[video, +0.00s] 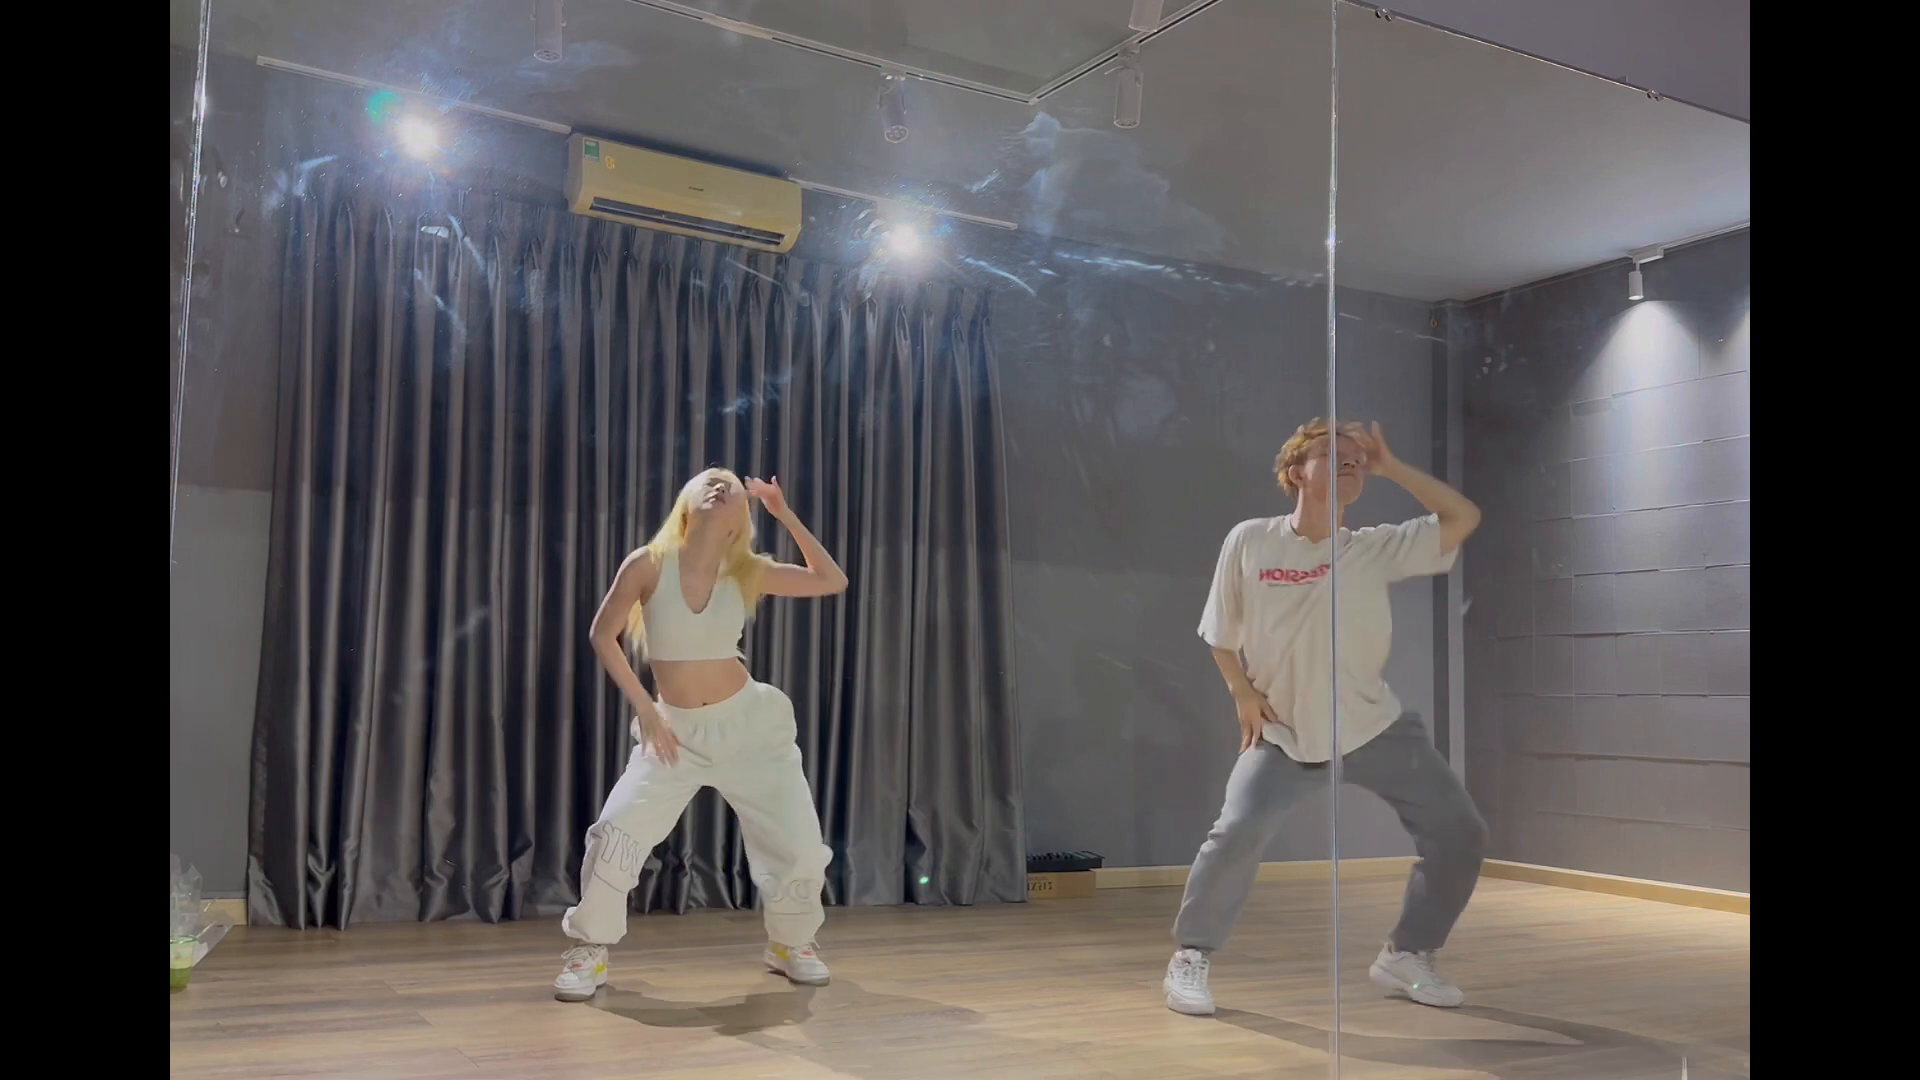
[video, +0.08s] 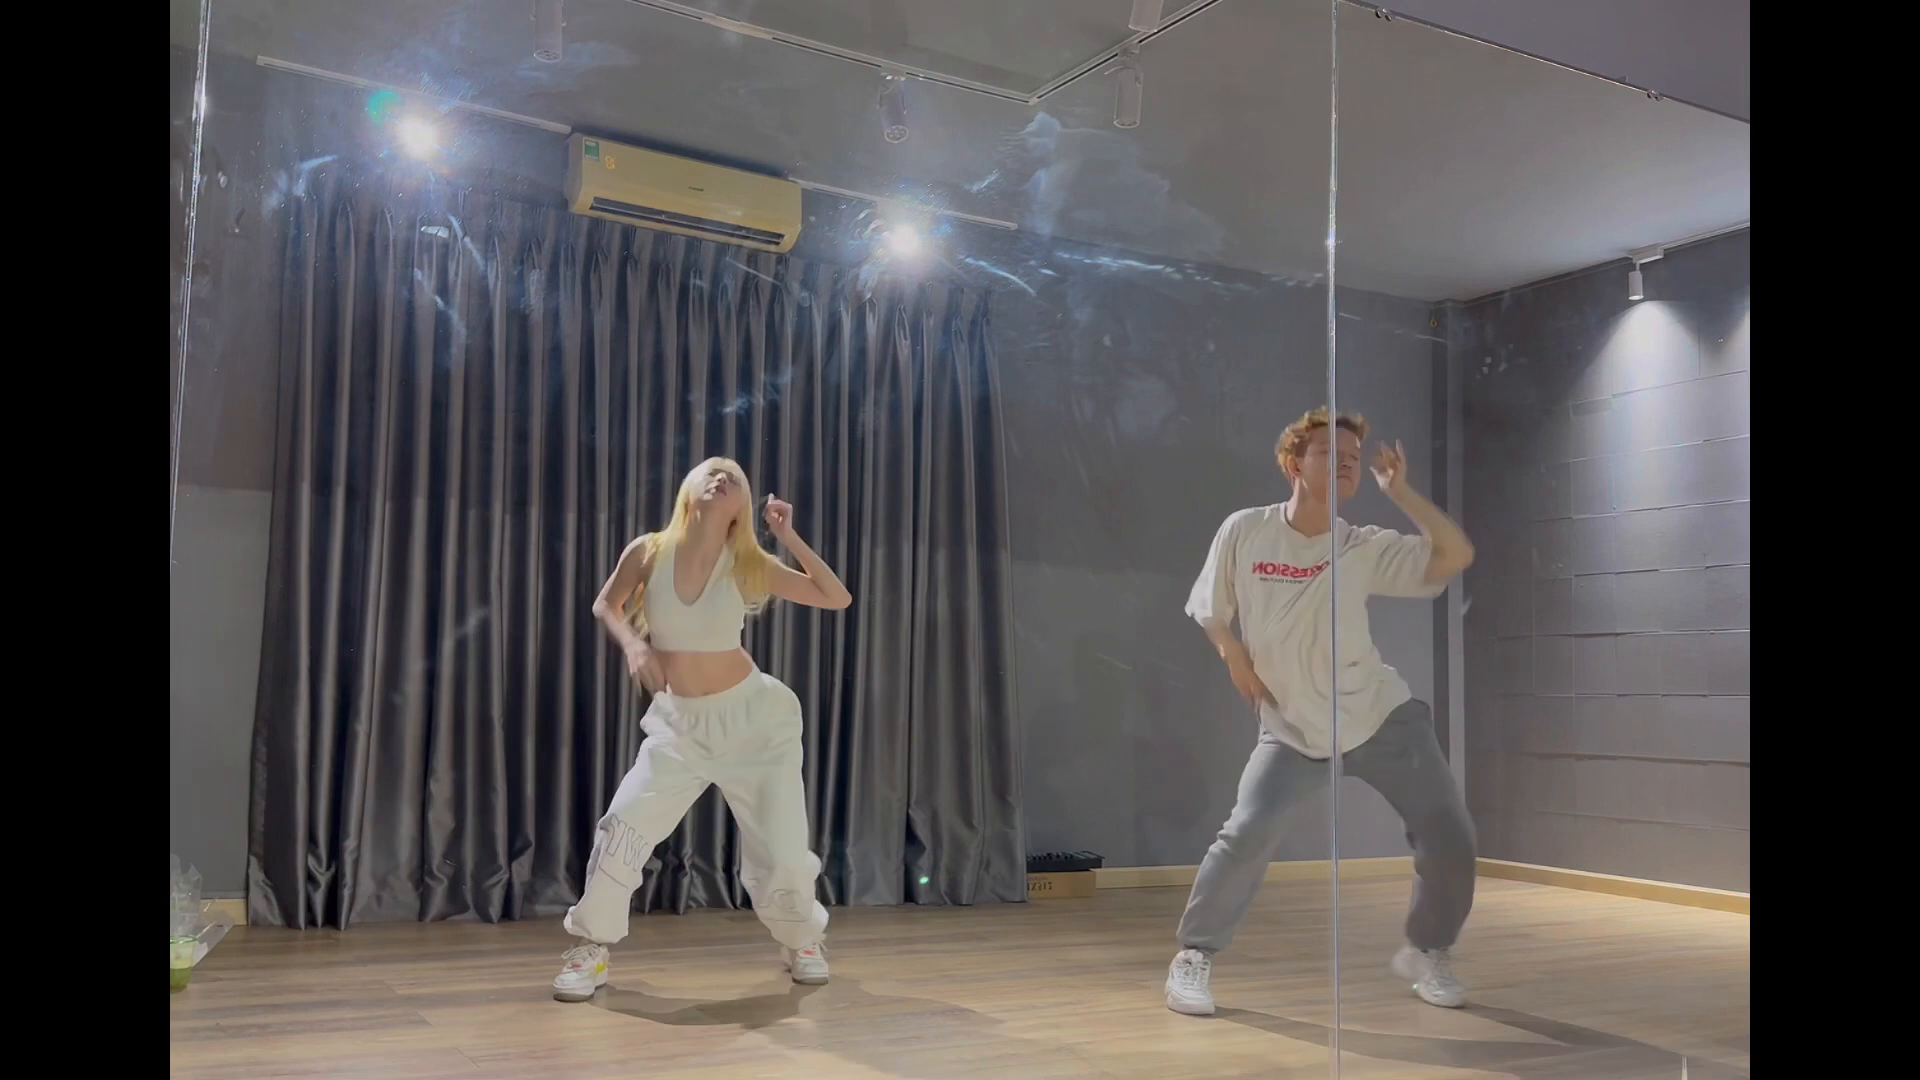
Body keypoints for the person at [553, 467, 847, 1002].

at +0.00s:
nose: (719, 486)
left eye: (730, 486)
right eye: (708, 483)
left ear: (743, 520)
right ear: (687, 509)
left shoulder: (748, 570)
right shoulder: (648, 565)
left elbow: (831, 580)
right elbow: (603, 635)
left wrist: (785, 515)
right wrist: (646, 710)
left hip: (750, 729)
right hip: (674, 732)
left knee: (800, 850)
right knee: (615, 835)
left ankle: (790, 945)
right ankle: (588, 953)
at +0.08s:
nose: (720, 479)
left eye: (732, 479)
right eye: (710, 473)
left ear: (742, 511)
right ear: (688, 495)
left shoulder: (747, 565)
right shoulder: (648, 552)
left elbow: (835, 596)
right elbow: (606, 605)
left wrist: (788, 536)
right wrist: (633, 643)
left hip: (753, 719)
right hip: (677, 726)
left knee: (782, 854)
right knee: (621, 832)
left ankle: (804, 943)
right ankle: (590, 951)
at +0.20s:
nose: (725, 461)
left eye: (738, 455)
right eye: (716, 452)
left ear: (752, 474)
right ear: (696, 464)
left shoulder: (753, 536)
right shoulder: (671, 525)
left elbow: (807, 599)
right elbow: (615, 585)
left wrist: (766, 536)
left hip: (746, 699)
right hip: (682, 702)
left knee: (759, 856)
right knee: (615, 813)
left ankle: (821, 929)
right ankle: (620, 950)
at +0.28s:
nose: (734, 484)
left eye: (746, 473)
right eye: (722, 473)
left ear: (764, 480)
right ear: (701, 478)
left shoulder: (774, 540)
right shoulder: (693, 542)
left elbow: (736, 579)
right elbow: (621, 575)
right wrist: (598, 518)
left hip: (735, 692)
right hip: (674, 690)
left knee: (736, 833)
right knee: (598, 815)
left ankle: (818, 929)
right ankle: (637, 950)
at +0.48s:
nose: (722, 434)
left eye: (734, 427)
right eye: (715, 423)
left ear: (747, 449)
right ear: (692, 435)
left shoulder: (735, 500)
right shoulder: (664, 500)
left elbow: (755, 563)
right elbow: (634, 566)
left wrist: (698, 513)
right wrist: (613, 512)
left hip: (708, 668)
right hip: (647, 667)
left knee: (709, 827)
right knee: (609, 811)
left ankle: (802, 909)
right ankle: (639, 954)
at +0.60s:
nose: (700, 409)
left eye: (714, 404)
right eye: (689, 399)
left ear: (727, 428)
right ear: (665, 417)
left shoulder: (725, 480)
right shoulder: (651, 488)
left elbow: (740, 537)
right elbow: (600, 544)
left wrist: (672, 504)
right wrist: (577, 497)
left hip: (691, 654)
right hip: (633, 652)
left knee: (632, 800)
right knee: (617, 802)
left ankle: (725, 905)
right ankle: (639, 951)